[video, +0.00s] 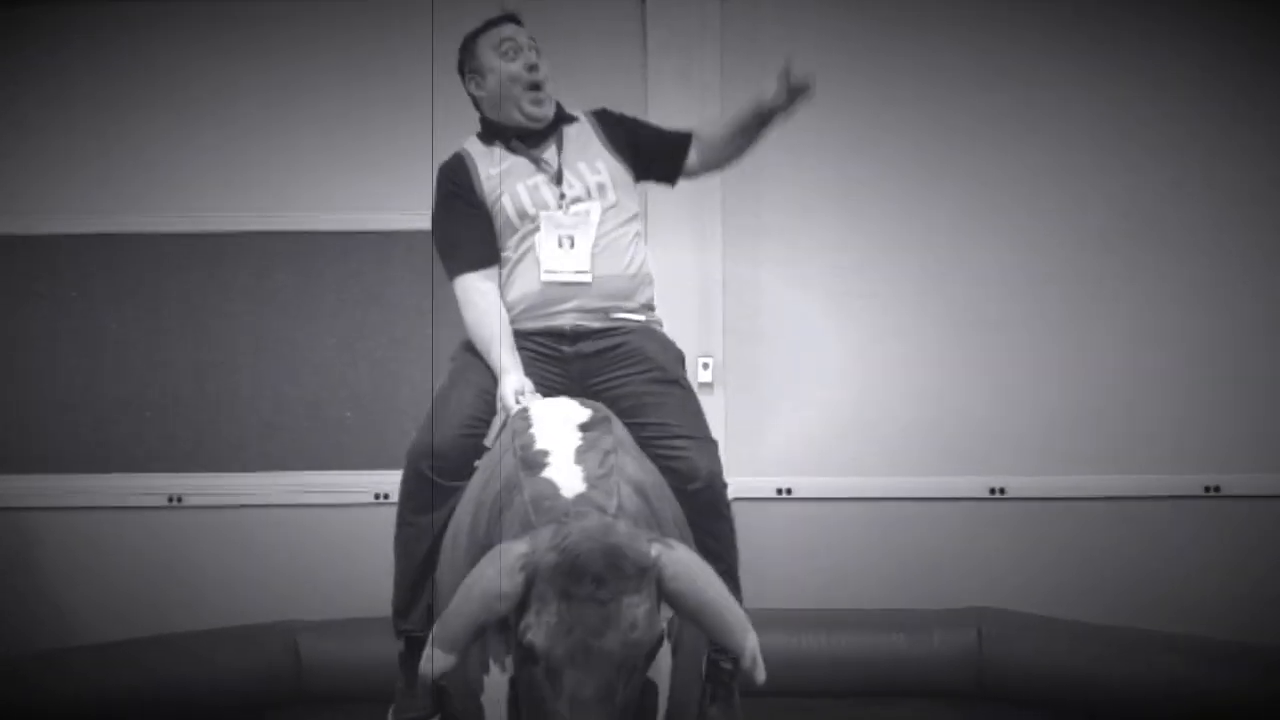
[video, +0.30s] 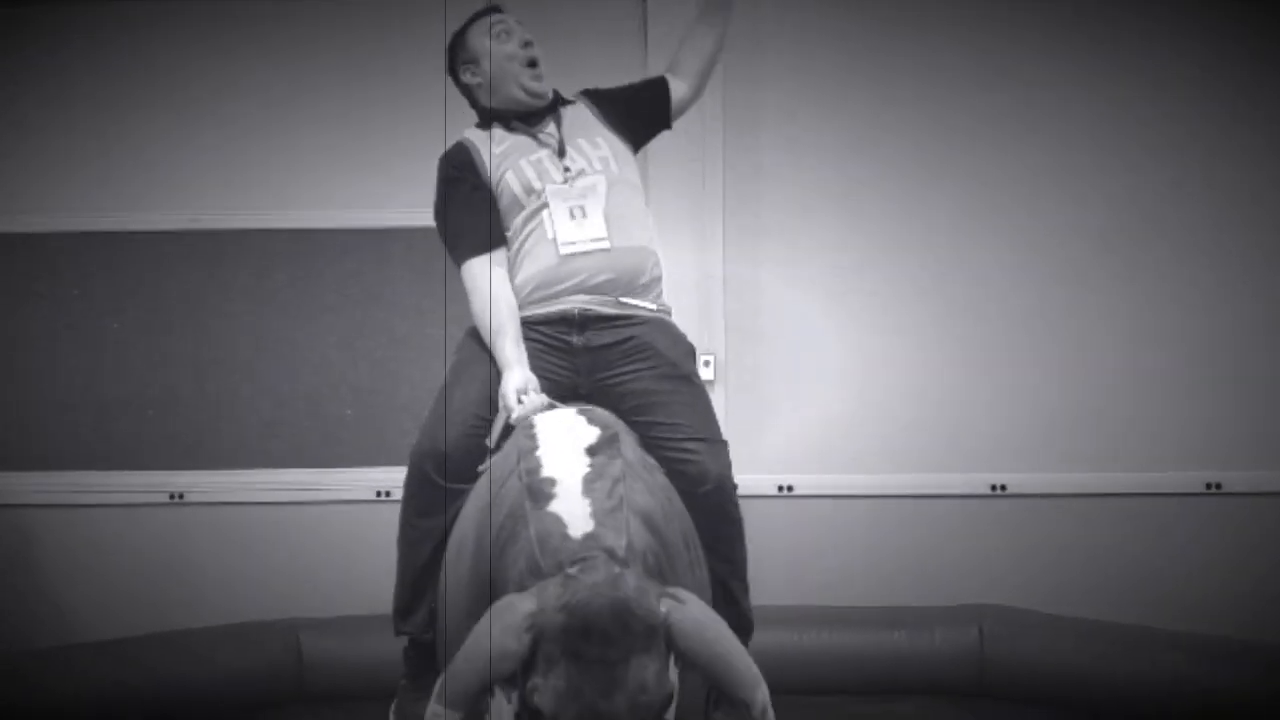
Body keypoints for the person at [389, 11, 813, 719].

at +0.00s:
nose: (533, 64)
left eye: (534, 51)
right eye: (509, 56)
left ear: (547, 65)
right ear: (474, 87)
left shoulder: (605, 132)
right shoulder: (466, 172)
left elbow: (699, 155)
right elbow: (474, 284)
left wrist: (765, 111)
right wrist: (508, 371)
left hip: (626, 339)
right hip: (519, 346)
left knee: (700, 476)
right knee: (434, 456)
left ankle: (725, 663)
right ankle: (418, 652)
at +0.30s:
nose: (529, 45)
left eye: (527, 35)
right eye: (505, 40)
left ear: (542, 55)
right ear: (473, 80)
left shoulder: (604, 111)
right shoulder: (469, 158)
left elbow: (685, 76)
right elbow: (485, 278)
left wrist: (717, 8)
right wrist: (514, 370)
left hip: (636, 328)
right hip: (525, 336)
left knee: (708, 474)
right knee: (438, 456)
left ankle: (730, 655)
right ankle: (421, 654)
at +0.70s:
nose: (503, 44)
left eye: (502, 41)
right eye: (479, 43)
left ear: (516, 67)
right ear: (447, 89)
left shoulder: (588, 112)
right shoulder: (457, 159)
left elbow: (658, 89)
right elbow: (479, 273)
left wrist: (687, 11)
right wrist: (512, 378)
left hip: (636, 327)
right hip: (516, 339)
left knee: (712, 490)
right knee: (436, 479)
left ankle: (729, 676)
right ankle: (419, 675)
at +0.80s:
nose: (499, 47)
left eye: (496, 44)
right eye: (475, 47)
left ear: (514, 69)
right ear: (442, 92)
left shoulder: (586, 115)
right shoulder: (453, 161)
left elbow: (660, 99)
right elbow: (479, 282)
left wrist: (703, 22)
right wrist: (511, 389)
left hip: (637, 334)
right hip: (516, 345)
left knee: (712, 499)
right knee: (434, 486)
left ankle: (732, 678)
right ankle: (416, 679)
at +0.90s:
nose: (494, 47)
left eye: (490, 44)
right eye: (472, 45)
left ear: (508, 69)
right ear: (436, 94)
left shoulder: (584, 116)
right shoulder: (450, 167)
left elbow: (662, 120)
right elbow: (477, 289)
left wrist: (720, 54)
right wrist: (511, 401)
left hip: (639, 344)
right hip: (515, 355)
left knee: (711, 508)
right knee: (432, 496)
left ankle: (733, 689)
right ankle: (414, 691)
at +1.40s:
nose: (493, 60)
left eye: (492, 51)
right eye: (463, 59)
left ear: (513, 71)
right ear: (441, 108)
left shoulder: (593, 133)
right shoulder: (446, 195)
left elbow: (689, 189)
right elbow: (470, 328)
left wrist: (798, 202)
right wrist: (505, 438)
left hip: (636, 388)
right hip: (507, 399)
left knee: (711, 555)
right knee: (417, 542)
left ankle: (739, 712)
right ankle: (402, 710)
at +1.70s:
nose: (506, 73)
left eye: (507, 61)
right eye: (478, 71)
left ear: (531, 82)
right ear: (458, 116)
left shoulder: (602, 146)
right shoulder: (452, 201)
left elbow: (689, 216)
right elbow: (470, 328)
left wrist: (764, 252)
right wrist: (508, 426)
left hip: (635, 384)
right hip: (514, 395)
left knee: (712, 537)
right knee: (422, 527)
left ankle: (742, 698)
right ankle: (400, 702)